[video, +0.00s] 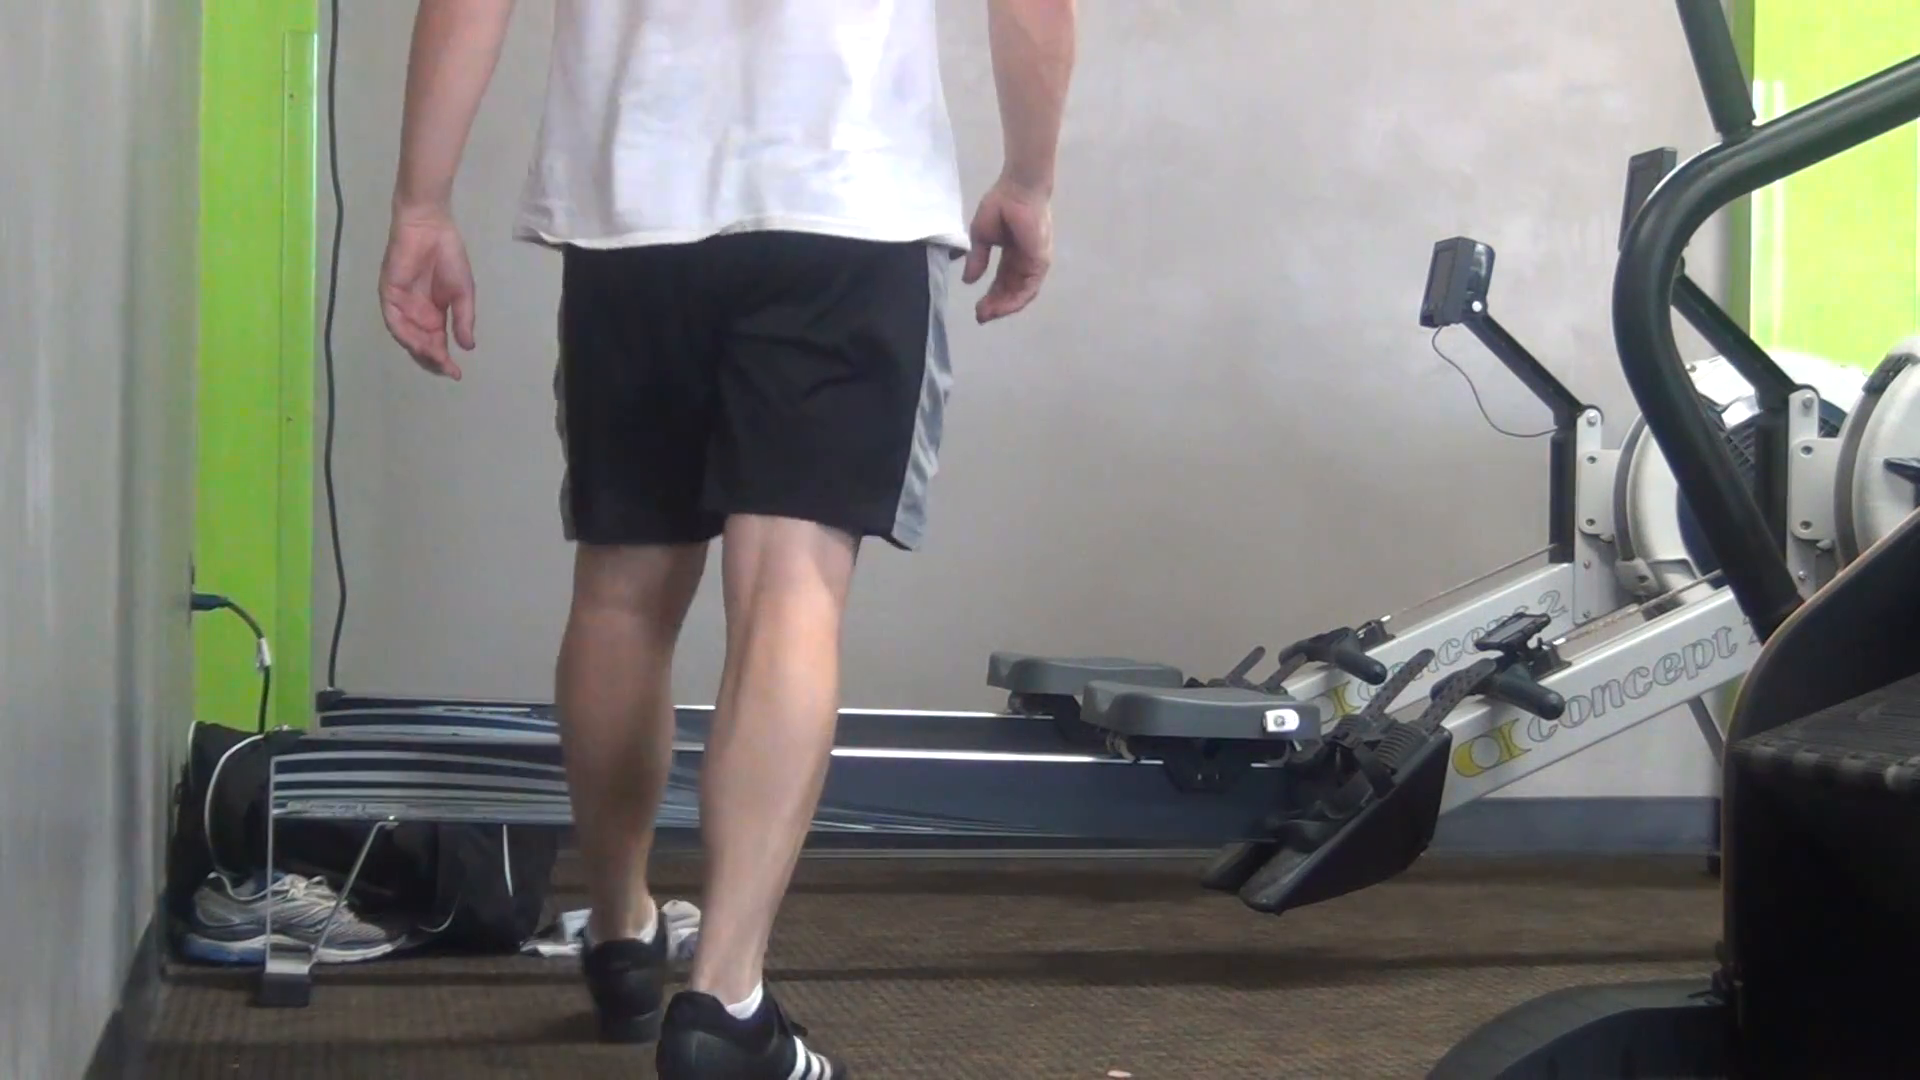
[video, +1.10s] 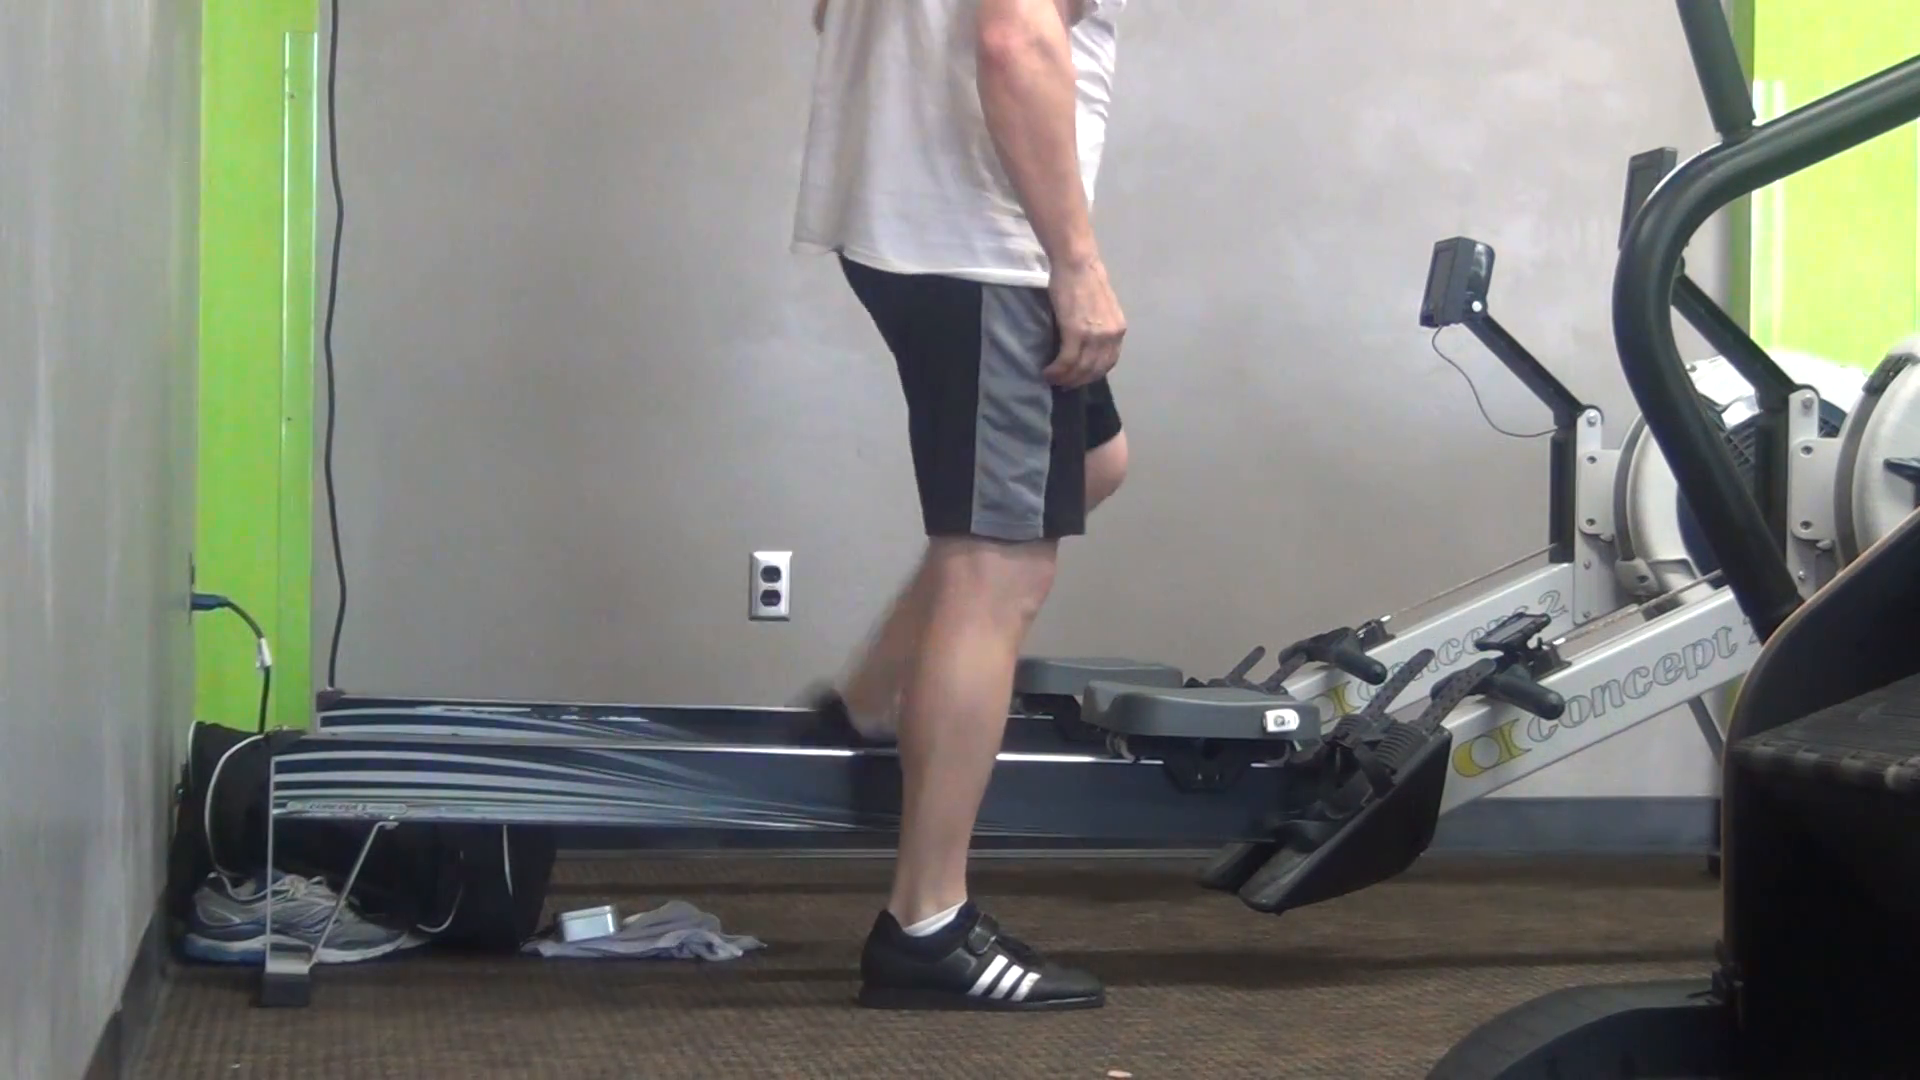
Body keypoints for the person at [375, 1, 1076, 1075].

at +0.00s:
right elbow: (1033, 5)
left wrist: (423, 200)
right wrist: (1026, 177)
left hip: (625, 172)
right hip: (847, 167)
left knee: (622, 588)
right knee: (791, 592)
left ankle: (621, 942)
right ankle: (723, 1004)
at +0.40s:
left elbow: (560, 28)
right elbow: (959, 6)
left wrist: (589, 233)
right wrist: (1023, 207)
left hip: (655, 206)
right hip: (854, 200)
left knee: (654, 570)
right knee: (928, 547)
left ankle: (641, 943)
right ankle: (836, 904)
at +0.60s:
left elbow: (651, 40)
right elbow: (976, 21)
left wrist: (735, 197)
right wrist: (1036, 254)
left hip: (724, 226)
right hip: (911, 232)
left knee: (744, 561)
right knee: (935, 588)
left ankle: (647, 892)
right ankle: (927, 925)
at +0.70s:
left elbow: (689, 35)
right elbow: (1012, 31)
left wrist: (776, 177)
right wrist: (1059, 269)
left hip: (779, 222)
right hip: (939, 226)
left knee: (827, 532)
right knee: (954, 585)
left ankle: (694, 748)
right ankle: (926, 925)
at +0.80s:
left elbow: (718, 16)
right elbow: (1028, 33)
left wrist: (801, 155)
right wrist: (1081, 261)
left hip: (804, 216)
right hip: (943, 225)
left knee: (906, 475)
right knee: (956, 577)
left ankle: (748, 603)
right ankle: (927, 924)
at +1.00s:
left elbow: (788, 7)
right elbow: (1024, 43)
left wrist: (887, 108)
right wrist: (1091, 259)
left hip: (871, 206)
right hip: (963, 225)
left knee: (1079, 434)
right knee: (978, 581)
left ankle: (782, 590)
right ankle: (925, 926)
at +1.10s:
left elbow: (844, 24)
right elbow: (1017, 40)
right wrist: (1078, 259)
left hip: (900, 192)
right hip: (972, 214)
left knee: (1089, 457)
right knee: (1001, 563)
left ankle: (865, 705)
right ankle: (928, 923)